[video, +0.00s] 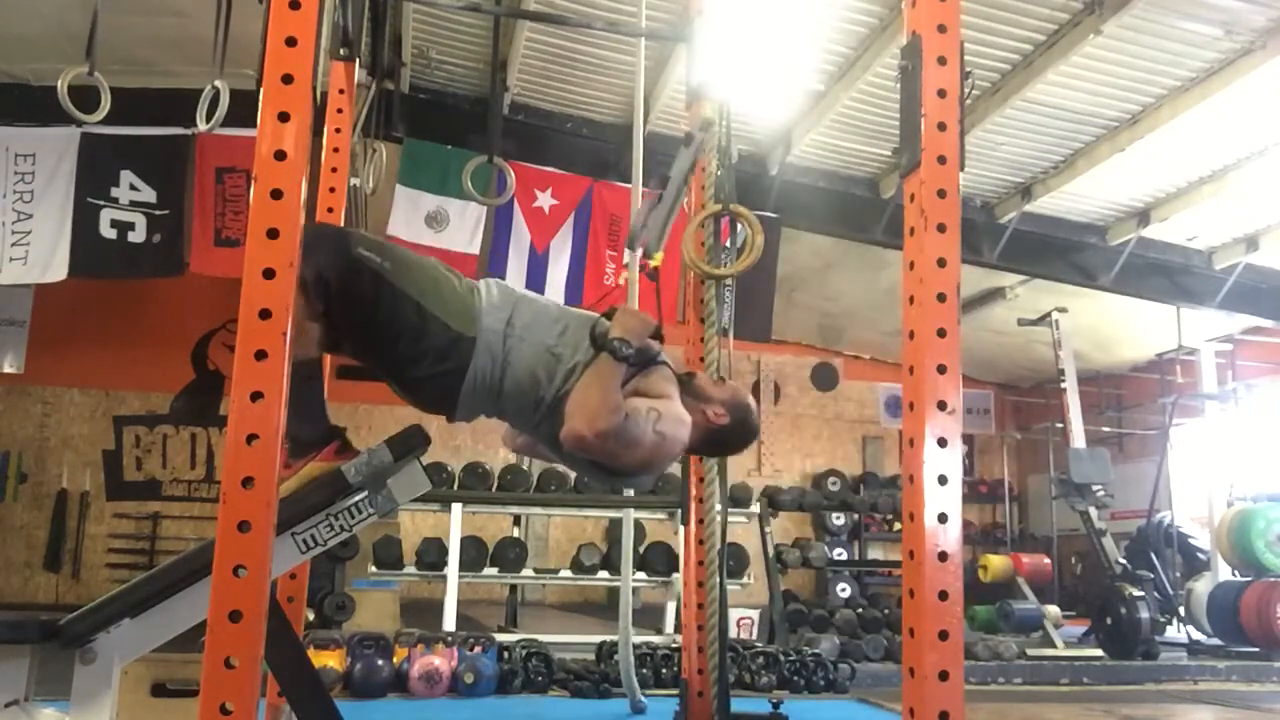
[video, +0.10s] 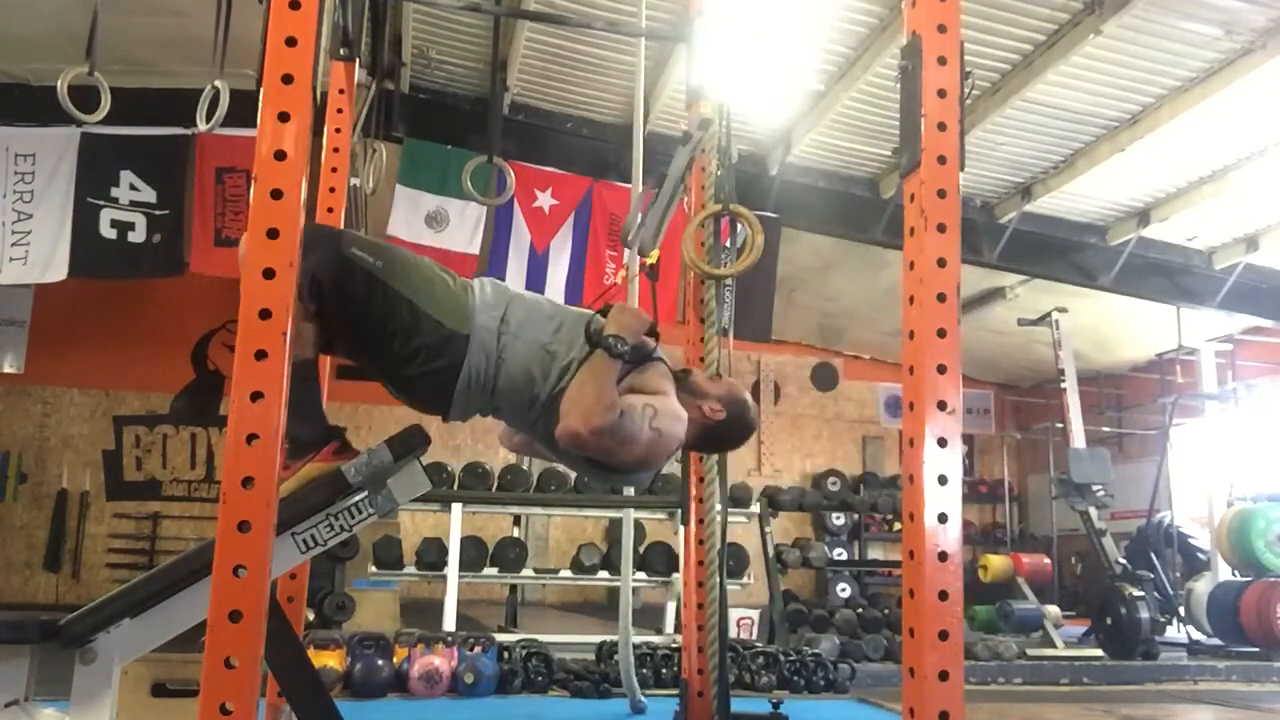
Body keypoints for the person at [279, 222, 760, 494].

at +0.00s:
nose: (718, 375)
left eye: (728, 389)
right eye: (729, 380)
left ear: (716, 418)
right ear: (713, 412)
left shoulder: (669, 428)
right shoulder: (657, 391)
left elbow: (589, 429)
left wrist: (627, 348)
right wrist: (630, 338)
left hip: (467, 344)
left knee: (317, 248)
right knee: (315, 281)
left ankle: (305, 418)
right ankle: (302, 420)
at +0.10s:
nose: (712, 371)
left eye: (723, 384)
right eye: (724, 376)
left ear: (713, 412)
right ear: (711, 413)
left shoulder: (665, 425)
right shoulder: (654, 395)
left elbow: (585, 427)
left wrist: (622, 343)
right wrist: (628, 336)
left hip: (462, 341)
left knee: (310, 249)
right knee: (311, 279)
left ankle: (302, 418)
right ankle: (299, 418)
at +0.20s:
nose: (718, 372)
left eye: (728, 385)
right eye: (729, 378)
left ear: (717, 415)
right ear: (715, 415)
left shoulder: (670, 427)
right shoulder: (658, 397)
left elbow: (589, 428)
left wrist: (623, 342)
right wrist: (625, 333)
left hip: (465, 345)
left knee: (314, 249)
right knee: (315, 297)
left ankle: (299, 415)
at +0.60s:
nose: (802, 427)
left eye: (810, 441)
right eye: (811, 432)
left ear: (803, 464)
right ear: (801, 448)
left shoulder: (758, 470)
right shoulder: (739, 452)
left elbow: (676, 455)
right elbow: (596, 475)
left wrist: (705, 373)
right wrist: (709, 367)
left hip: (561, 367)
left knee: (396, 250)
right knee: (388, 301)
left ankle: (319, 425)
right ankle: (317, 425)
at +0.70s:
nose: (843, 443)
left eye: (852, 458)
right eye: (852, 445)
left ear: (840, 484)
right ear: (835, 447)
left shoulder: (791, 484)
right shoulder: (779, 437)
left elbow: (719, 463)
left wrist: (734, 386)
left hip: (601, 388)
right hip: (603, 359)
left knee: (440, 263)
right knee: (436, 283)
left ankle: (321, 428)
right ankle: (324, 420)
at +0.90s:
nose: (901, 435)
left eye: (915, 447)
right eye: (909, 441)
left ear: (913, 492)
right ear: (911, 453)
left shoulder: (869, 511)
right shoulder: (855, 452)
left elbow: (800, 475)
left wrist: (806, 389)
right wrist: (802, 378)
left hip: (672, 427)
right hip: (677, 388)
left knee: (517, 296)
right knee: (511, 296)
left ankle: (355, 414)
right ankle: (362, 403)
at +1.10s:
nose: (961, 496)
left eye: (969, 510)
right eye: (970, 495)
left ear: (949, 540)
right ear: (952, 491)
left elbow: (859, 489)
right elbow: (856, 441)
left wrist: (873, 408)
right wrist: (864, 394)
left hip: (732, 437)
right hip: (720, 435)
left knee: (574, 333)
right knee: (554, 370)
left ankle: (383, 408)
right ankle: (390, 414)